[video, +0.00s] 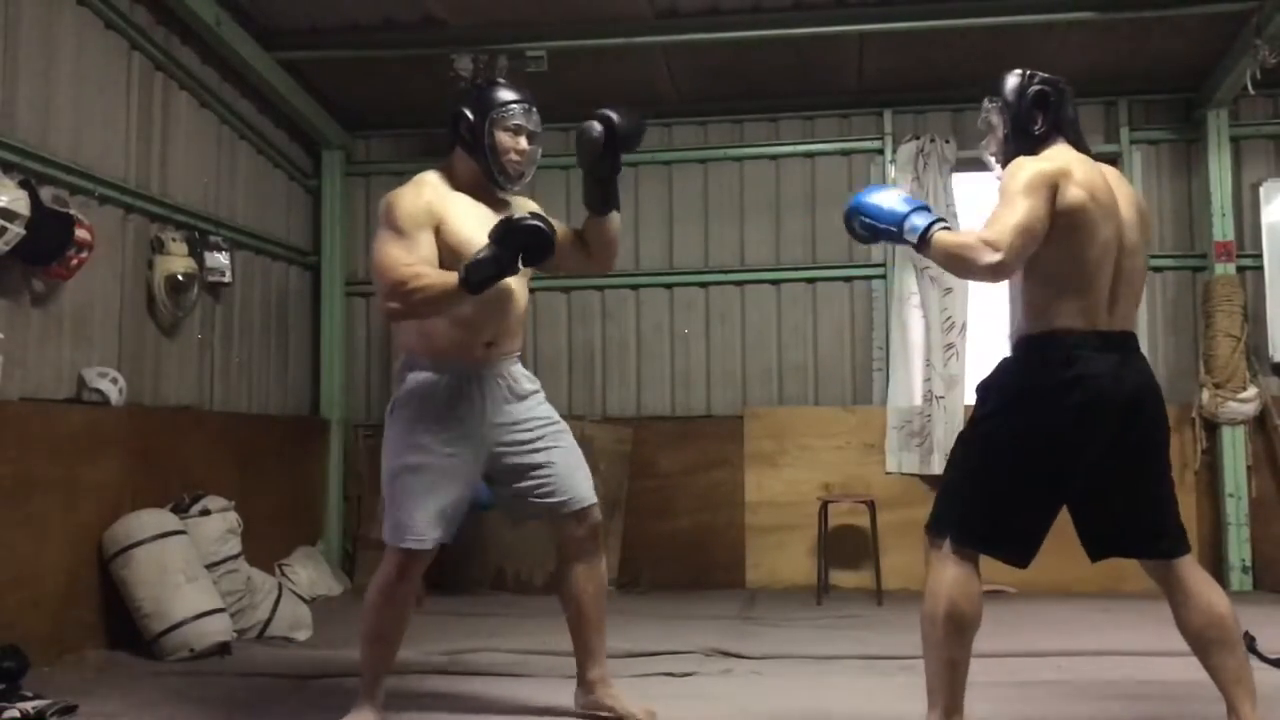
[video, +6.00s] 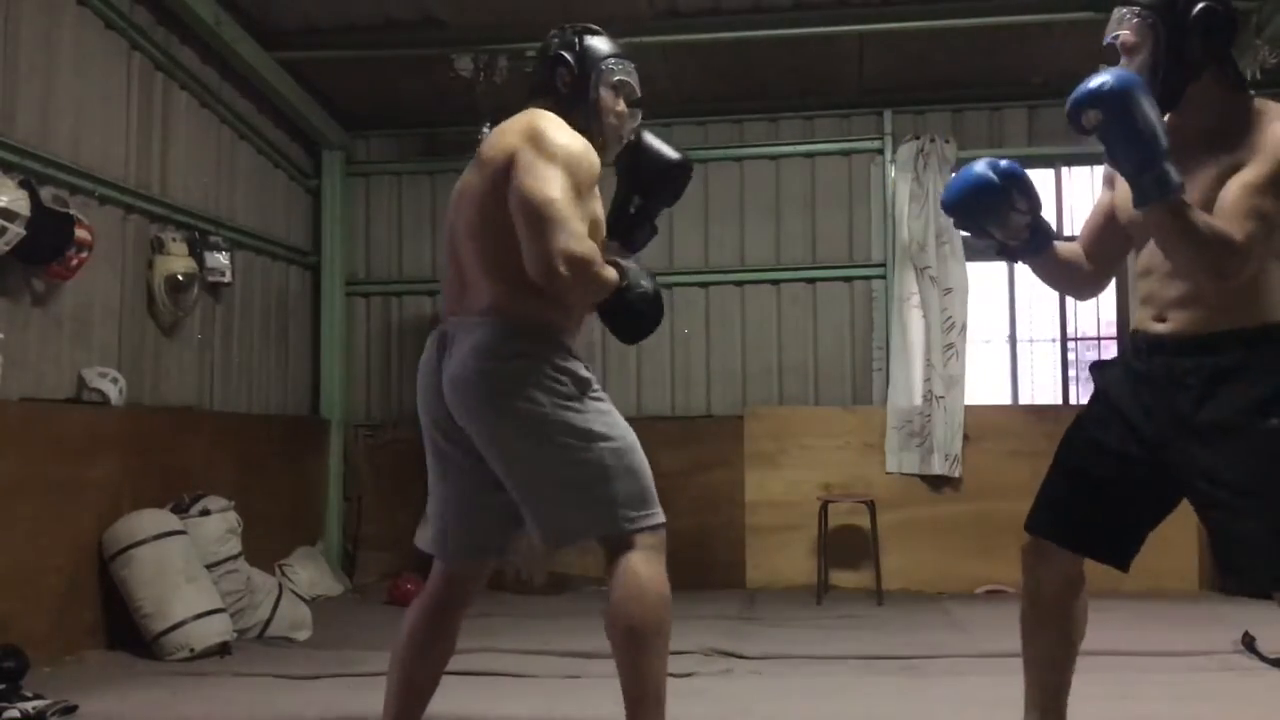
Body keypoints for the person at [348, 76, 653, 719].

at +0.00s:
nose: (527, 147)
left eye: (533, 136)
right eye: (514, 132)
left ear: (534, 144)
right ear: (472, 131)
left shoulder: (521, 210)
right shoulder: (416, 198)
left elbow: (595, 258)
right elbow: (396, 294)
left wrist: (601, 178)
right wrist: (480, 272)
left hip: (511, 387)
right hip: (433, 392)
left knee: (582, 521)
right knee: (409, 553)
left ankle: (595, 684)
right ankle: (368, 699)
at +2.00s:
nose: (590, 117)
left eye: (594, 105)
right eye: (577, 100)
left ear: (588, 115)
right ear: (528, 99)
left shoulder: (566, 202)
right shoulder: (462, 170)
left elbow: (629, 267)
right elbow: (424, 263)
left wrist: (673, 206)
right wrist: (512, 226)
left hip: (559, 374)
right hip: (478, 378)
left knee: (614, 536)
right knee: (457, 559)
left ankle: (640, 704)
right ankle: (400, 706)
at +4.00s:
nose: (704, 164)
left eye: (701, 153)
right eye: (691, 152)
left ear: (644, 159)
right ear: (657, 155)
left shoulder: (623, 214)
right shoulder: (646, 195)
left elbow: (601, 305)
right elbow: (736, 198)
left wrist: (668, 344)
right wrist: (847, 182)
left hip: (534, 390)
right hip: (571, 402)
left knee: (513, 547)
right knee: (675, 536)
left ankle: (459, 677)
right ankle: (706, 706)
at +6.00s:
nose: (632, 111)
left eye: (634, 96)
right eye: (621, 92)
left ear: (558, 88)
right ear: (575, 84)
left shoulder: (503, 146)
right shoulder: (552, 136)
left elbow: (568, 280)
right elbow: (561, 259)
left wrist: (628, 224)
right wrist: (620, 280)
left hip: (450, 368)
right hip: (519, 367)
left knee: (457, 569)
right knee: (640, 536)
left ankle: (398, 714)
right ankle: (647, 715)